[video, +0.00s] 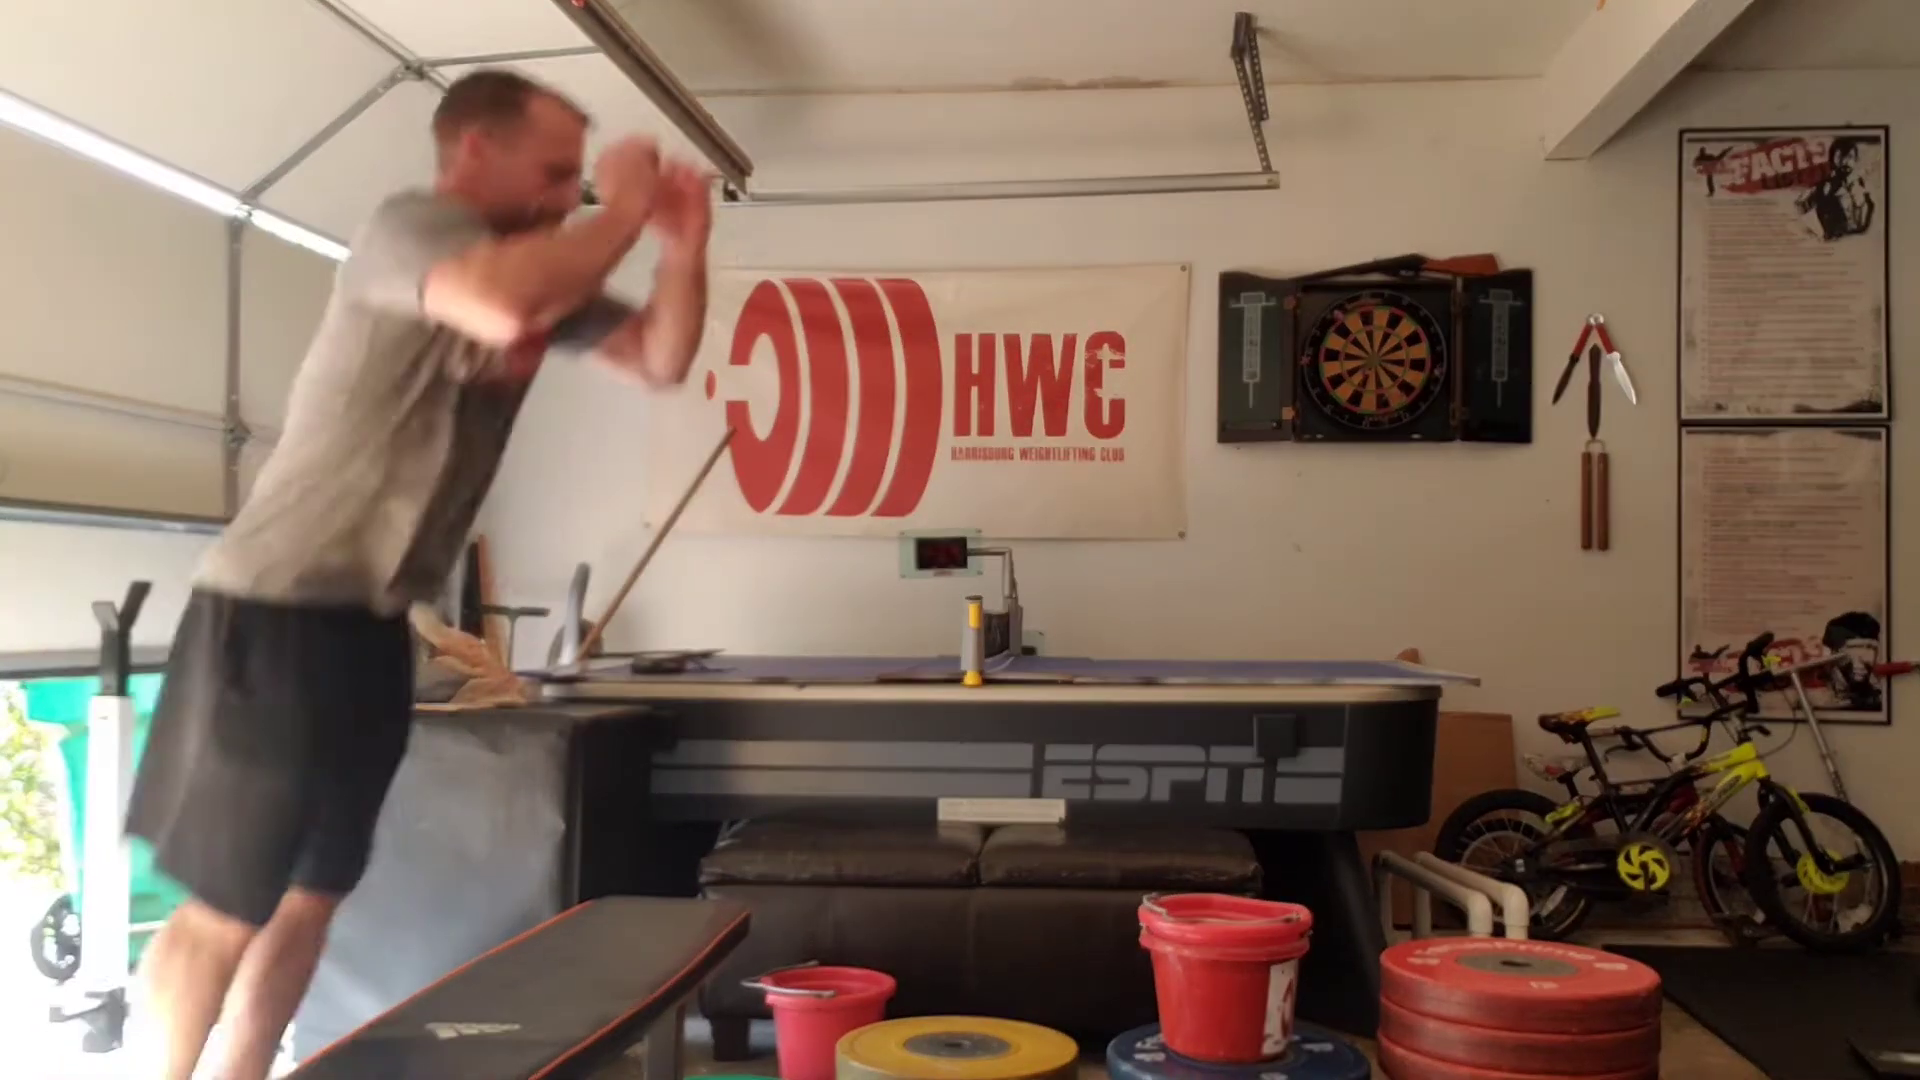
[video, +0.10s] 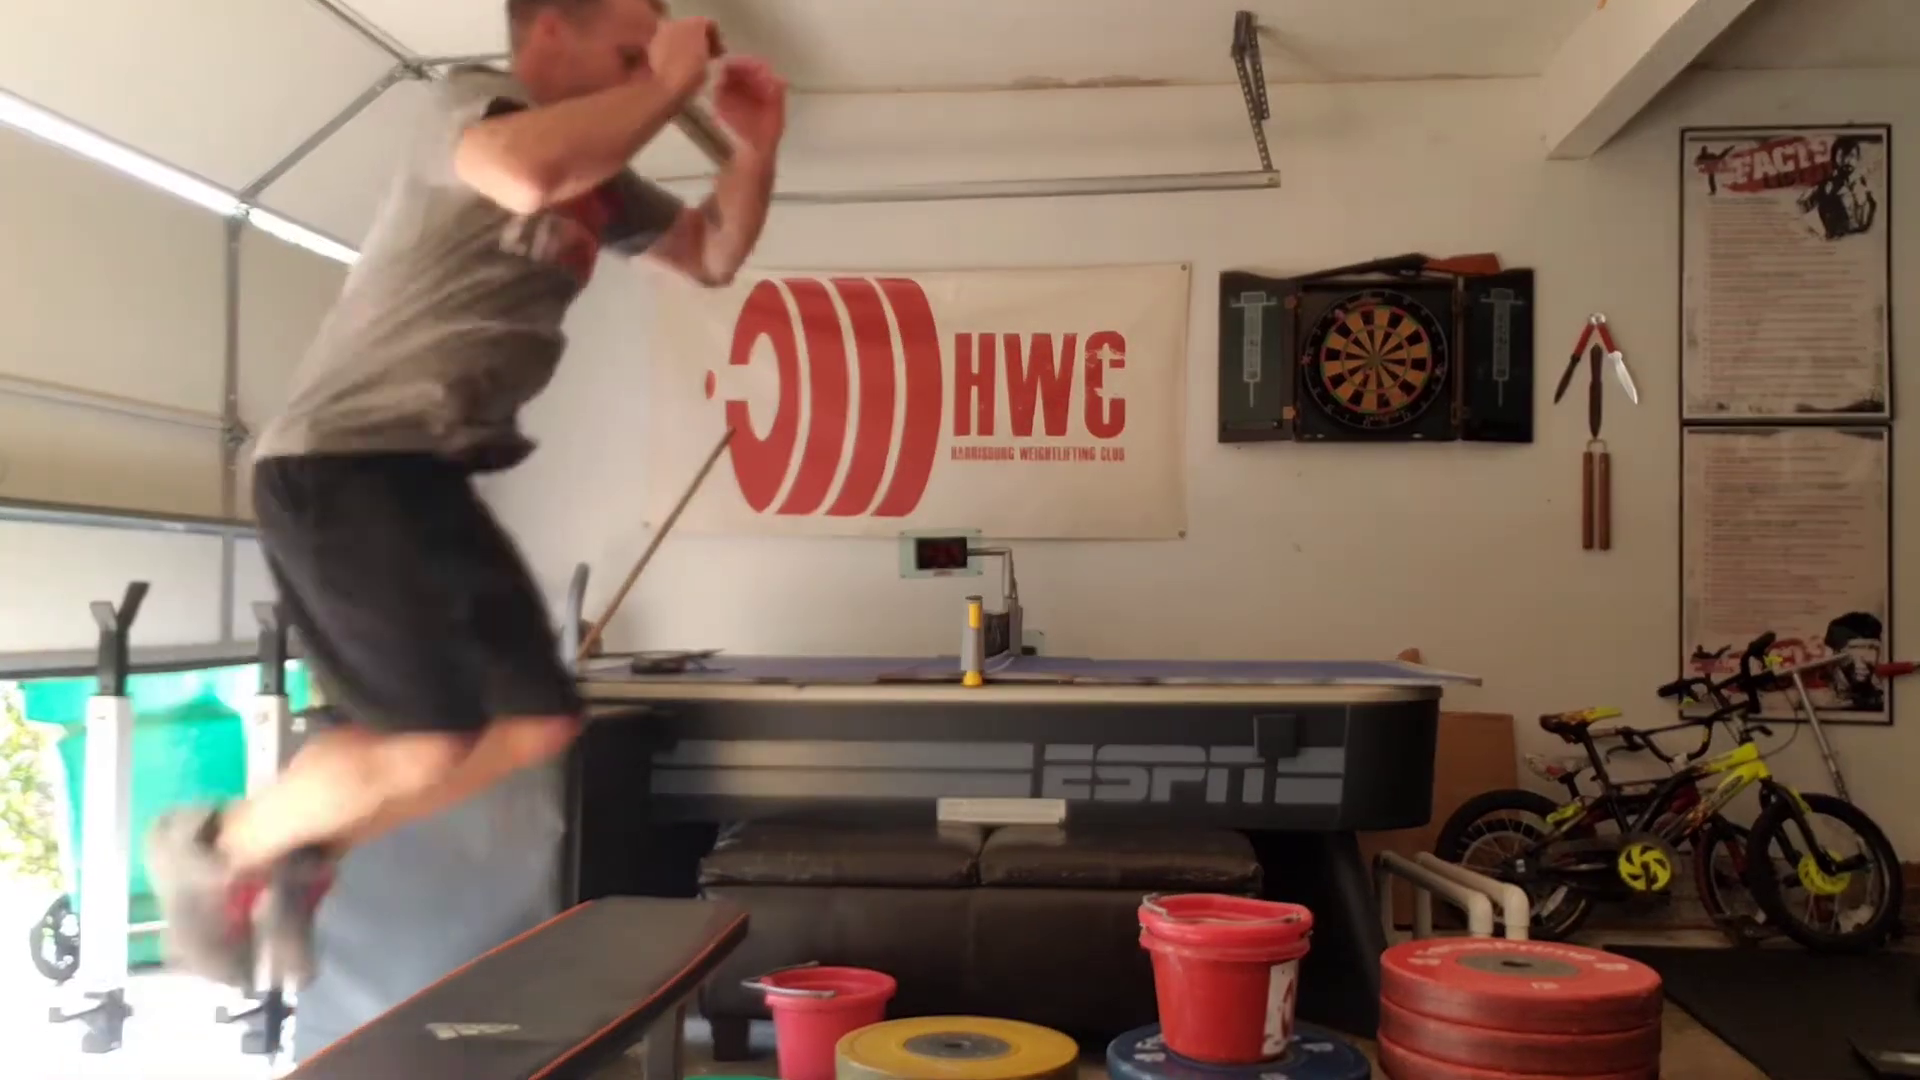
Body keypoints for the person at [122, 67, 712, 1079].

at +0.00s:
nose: (571, 198)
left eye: (575, 180)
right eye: (557, 172)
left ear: (492, 160)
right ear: (475, 149)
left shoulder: (528, 273)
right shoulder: (405, 228)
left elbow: (659, 356)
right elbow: (505, 300)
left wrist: (686, 242)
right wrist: (623, 212)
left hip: (372, 626)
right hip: (267, 612)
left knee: (309, 901)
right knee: (223, 910)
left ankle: (238, 1075)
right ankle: (174, 1070)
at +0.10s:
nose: (645, 60)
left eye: (650, 44)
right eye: (630, 38)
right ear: (547, 30)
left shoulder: (585, 172)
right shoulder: (458, 105)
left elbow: (708, 250)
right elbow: (525, 174)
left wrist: (753, 152)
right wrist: (667, 86)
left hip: (423, 471)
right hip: (329, 464)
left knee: (537, 717)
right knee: (435, 736)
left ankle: (310, 845)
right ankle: (215, 851)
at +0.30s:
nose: (797, 47)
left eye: (801, 27)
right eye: (783, 18)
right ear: (702, 11)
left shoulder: (727, 172)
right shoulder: (627, 91)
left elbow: (747, 321)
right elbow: (532, 219)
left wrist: (865, 365)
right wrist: (719, 274)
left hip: (579, 414)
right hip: (455, 401)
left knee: (761, 533)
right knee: (652, 535)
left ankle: (734, 814)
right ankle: (679, 832)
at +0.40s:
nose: (851, 76)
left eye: (855, 51)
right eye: (839, 42)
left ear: (765, 32)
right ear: (755, 22)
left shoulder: (769, 180)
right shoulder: (675, 118)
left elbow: (723, 344)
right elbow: (511, 218)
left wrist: (807, 433)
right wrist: (646, 344)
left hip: (687, 487)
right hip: (587, 484)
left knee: (835, 710)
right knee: (742, 761)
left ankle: (856, 1004)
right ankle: (806, 1057)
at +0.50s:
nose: (881, 190)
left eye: (882, 165)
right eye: (867, 161)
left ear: (794, 152)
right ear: (785, 146)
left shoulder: (799, 279)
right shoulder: (705, 253)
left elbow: (735, 440)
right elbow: (546, 371)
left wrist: (832, 537)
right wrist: (671, 523)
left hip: (825, 655)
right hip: (736, 672)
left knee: (918, 922)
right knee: (822, 986)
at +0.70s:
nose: (870, 230)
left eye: (879, 208)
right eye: (839, 212)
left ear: (892, 223)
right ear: (777, 239)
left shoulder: (943, 396)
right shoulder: (729, 392)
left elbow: (999, 542)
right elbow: (675, 575)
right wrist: (848, 634)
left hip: (926, 750)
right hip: (793, 752)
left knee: (991, 1019)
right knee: (889, 1039)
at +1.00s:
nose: (801, 179)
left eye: (821, 153)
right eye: (796, 159)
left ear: (902, 149)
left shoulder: (1021, 306)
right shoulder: (810, 356)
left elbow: (1111, 485)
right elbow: (795, 523)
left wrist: (962, 548)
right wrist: (764, 591)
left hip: (980, 709)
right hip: (851, 715)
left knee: (1001, 1019)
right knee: (853, 1002)